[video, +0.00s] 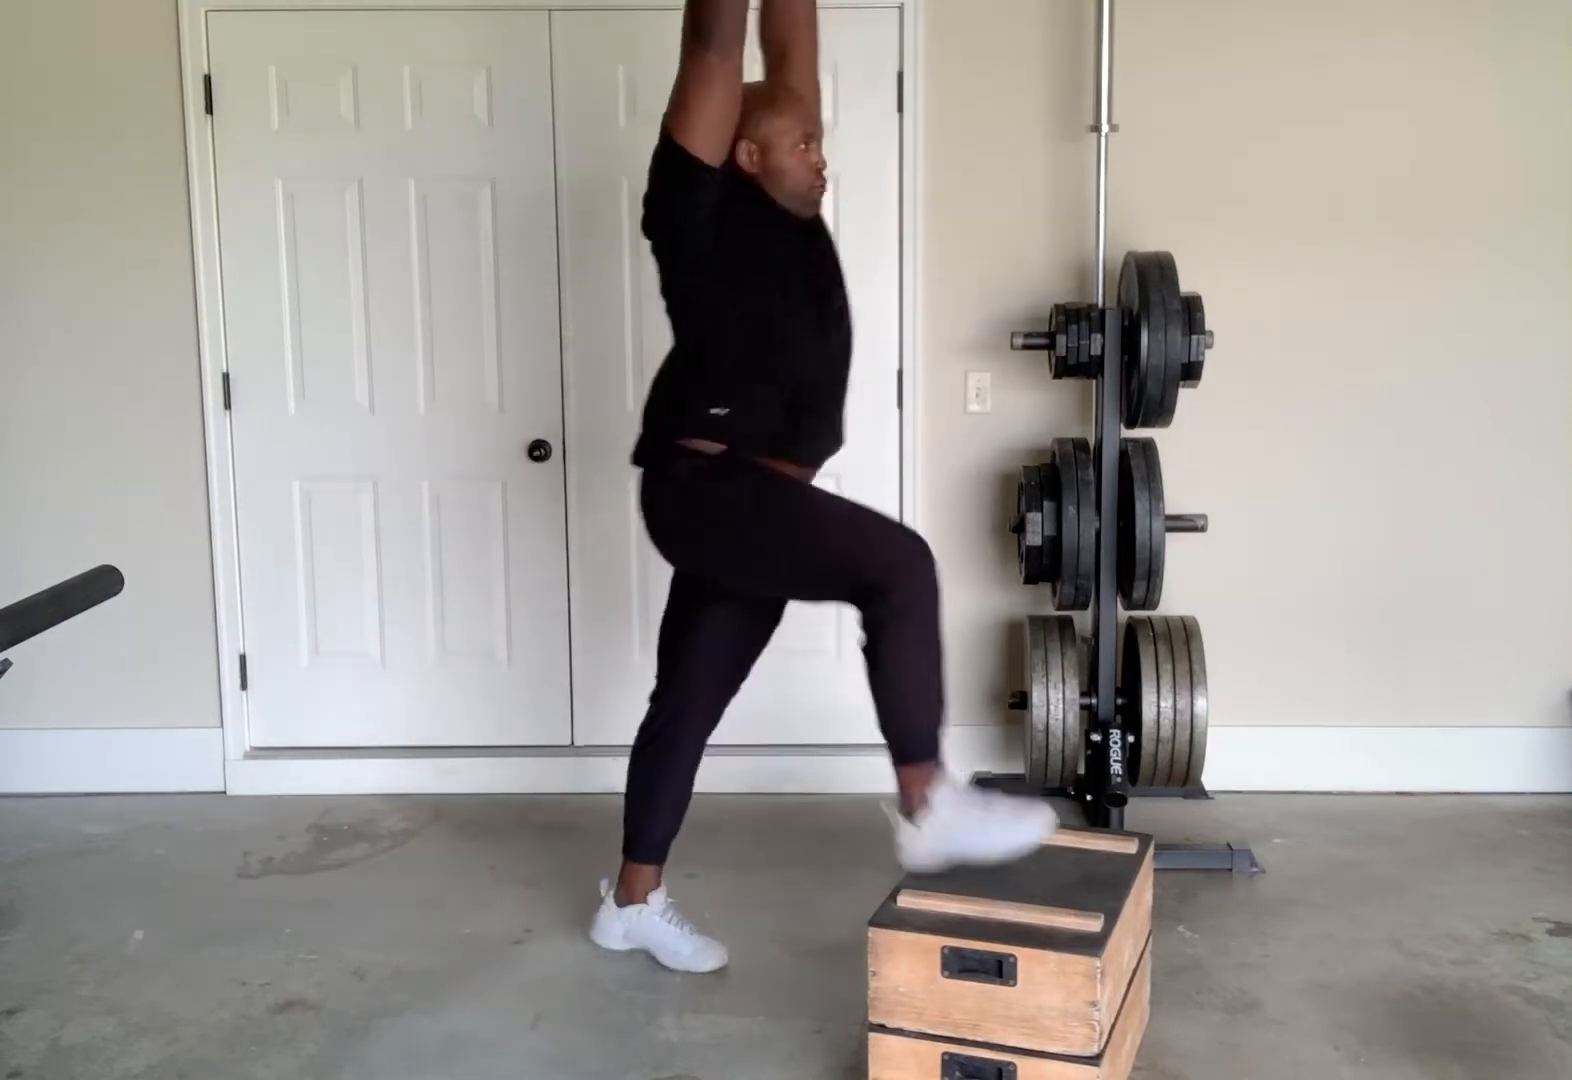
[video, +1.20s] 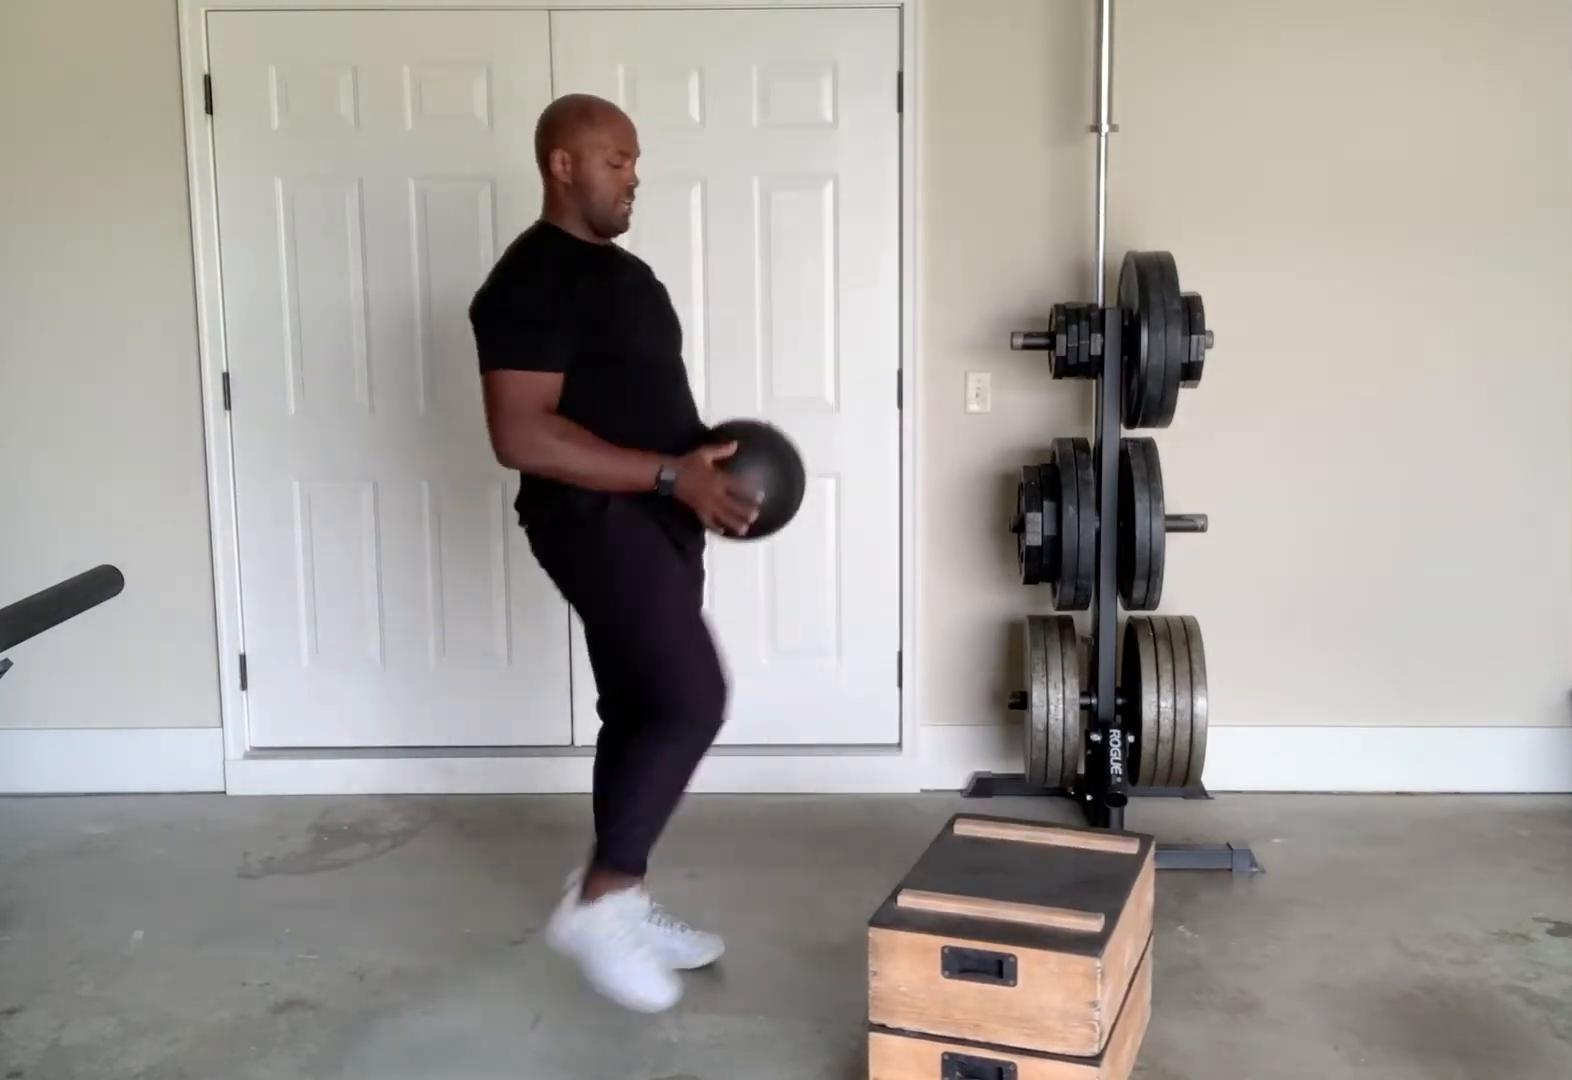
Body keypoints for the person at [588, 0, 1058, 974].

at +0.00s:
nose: (822, 160)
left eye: (819, 143)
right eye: (801, 145)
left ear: (798, 149)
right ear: (745, 150)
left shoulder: (789, 219)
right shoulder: (698, 205)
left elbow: (794, 57)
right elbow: (711, 43)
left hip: (765, 490)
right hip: (706, 484)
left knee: (686, 706)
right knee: (899, 566)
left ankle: (631, 900)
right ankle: (927, 804)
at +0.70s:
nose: (719, 122)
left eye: (715, 110)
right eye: (701, 109)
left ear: (712, 125)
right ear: (662, 133)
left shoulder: (756, 217)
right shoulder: (635, 225)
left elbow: (860, 186)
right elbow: (720, 170)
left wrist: (821, 68)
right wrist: (752, 63)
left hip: (772, 477)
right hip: (716, 474)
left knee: (712, 690)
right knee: (922, 582)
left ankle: (644, 888)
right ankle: (944, 822)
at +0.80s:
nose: (703, 149)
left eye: (700, 135)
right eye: (684, 137)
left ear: (690, 160)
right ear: (629, 158)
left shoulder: (709, 248)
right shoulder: (608, 252)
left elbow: (834, 296)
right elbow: (695, 305)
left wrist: (815, 186)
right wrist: (755, 184)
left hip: (744, 495)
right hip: (685, 496)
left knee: (685, 703)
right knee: (883, 579)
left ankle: (629, 903)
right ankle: (935, 819)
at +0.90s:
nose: (680, 164)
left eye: (677, 150)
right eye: (660, 152)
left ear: (647, 171)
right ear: (606, 172)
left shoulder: (694, 274)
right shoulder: (584, 279)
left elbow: (768, 385)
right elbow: (632, 408)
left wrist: (790, 294)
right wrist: (738, 305)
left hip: (713, 508)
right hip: (655, 511)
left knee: (660, 710)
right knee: (840, 574)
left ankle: (622, 913)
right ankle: (920, 809)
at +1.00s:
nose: (670, 167)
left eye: (668, 152)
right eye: (652, 153)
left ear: (623, 167)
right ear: (596, 167)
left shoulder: (677, 280)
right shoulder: (571, 279)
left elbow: (703, 412)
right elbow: (583, 426)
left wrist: (761, 368)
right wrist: (721, 360)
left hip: (692, 508)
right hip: (633, 509)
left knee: (657, 709)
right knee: (808, 574)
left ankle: (622, 914)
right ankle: (882, 802)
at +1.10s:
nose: (648, 175)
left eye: (649, 158)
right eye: (631, 158)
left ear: (629, 164)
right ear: (575, 166)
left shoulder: (646, 272)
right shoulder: (540, 278)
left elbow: (659, 399)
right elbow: (536, 426)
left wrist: (728, 432)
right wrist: (689, 435)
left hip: (665, 507)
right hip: (601, 511)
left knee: (646, 708)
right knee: (756, 624)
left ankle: (621, 912)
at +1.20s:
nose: (633, 177)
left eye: (635, 162)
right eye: (618, 161)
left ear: (600, 168)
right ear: (560, 166)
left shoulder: (624, 273)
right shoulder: (529, 278)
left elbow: (642, 408)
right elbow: (520, 437)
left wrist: (709, 468)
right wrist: (669, 475)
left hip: (644, 519)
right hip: (588, 520)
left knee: (642, 706)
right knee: (692, 699)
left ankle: (616, 898)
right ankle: (601, 904)